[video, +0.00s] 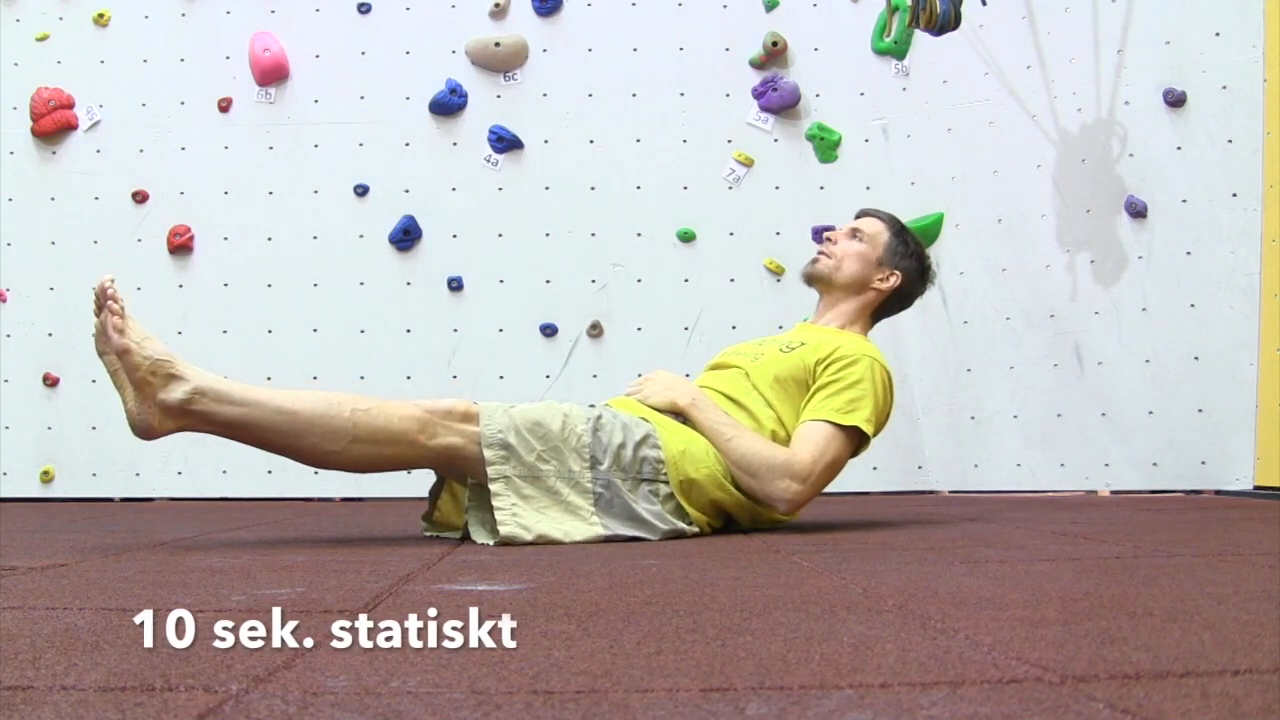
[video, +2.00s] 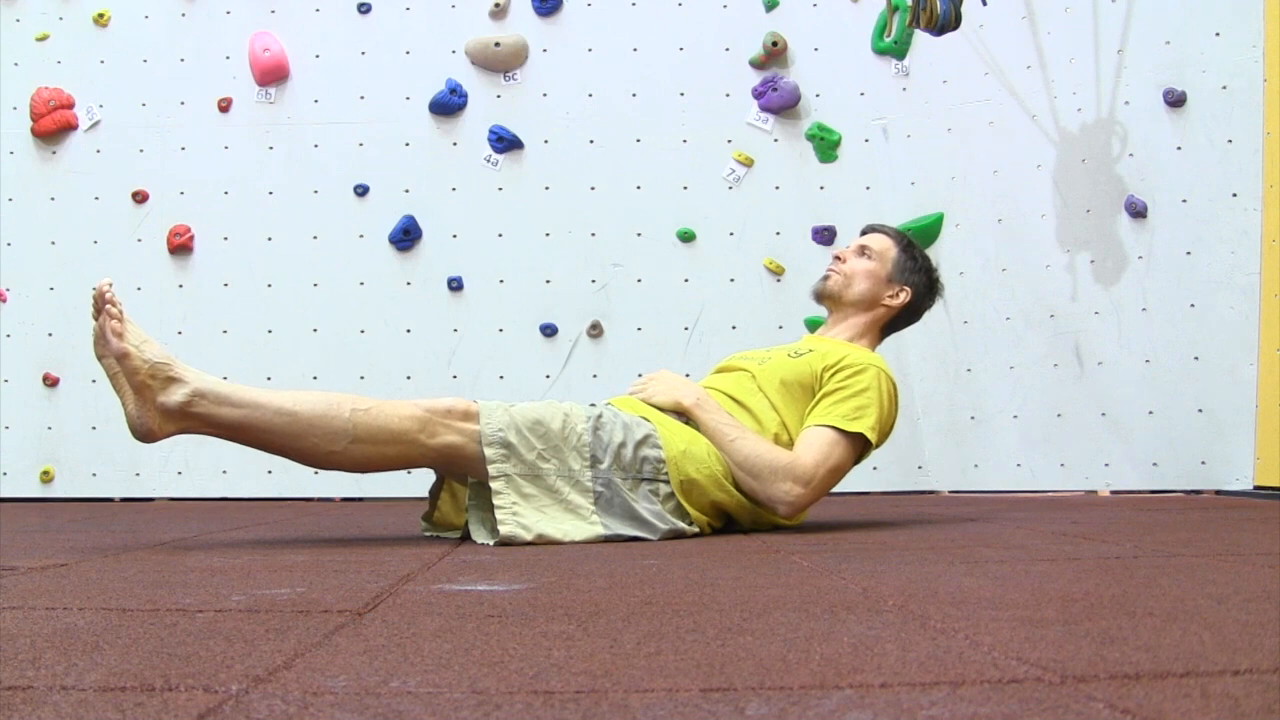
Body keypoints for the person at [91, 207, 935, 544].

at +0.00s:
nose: (826, 237)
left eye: (851, 236)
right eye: (835, 230)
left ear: (887, 282)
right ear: (840, 268)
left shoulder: (856, 362)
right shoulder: (787, 348)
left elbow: (790, 487)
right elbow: (746, 463)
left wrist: (692, 398)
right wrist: (673, 407)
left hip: (668, 459)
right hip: (643, 446)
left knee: (445, 426)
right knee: (432, 427)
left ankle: (178, 395)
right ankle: (178, 397)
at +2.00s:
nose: (842, 252)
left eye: (866, 252)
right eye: (850, 244)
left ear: (895, 297)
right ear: (850, 278)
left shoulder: (862, 373)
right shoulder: (804, 357)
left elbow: (791, 492)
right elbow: (751, 466)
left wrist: (699, 401)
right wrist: (675, 406)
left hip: (661, 461)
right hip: (642, 446)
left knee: (442, 427)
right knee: (432, 428)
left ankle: (178, 399)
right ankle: (180, 401)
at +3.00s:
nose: (847, 254)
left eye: (870, 255)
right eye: (857, 246)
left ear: (897, 302)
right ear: (863, 285)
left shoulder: (865, 377)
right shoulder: (805, 359)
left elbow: (792, 493)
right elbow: (749, 467)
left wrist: (701, 403)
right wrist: (673, 407)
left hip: (660, 461)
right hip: (642, 445)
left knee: (442, 426)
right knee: (434, 422)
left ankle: (179, 395)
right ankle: (181, 396)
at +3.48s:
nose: (848, 260)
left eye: (873, 259)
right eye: (857, 251)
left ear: (900, 307)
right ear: (860, 289)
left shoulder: (866, 379)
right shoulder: (808, 363)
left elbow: (792, 494)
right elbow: (755, 473)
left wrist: (698, 402)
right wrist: (674, 411)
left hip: (660, 461)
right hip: (641, 448)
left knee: (443, 428)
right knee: (432, 428)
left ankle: (177, 410)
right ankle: (179, 411)